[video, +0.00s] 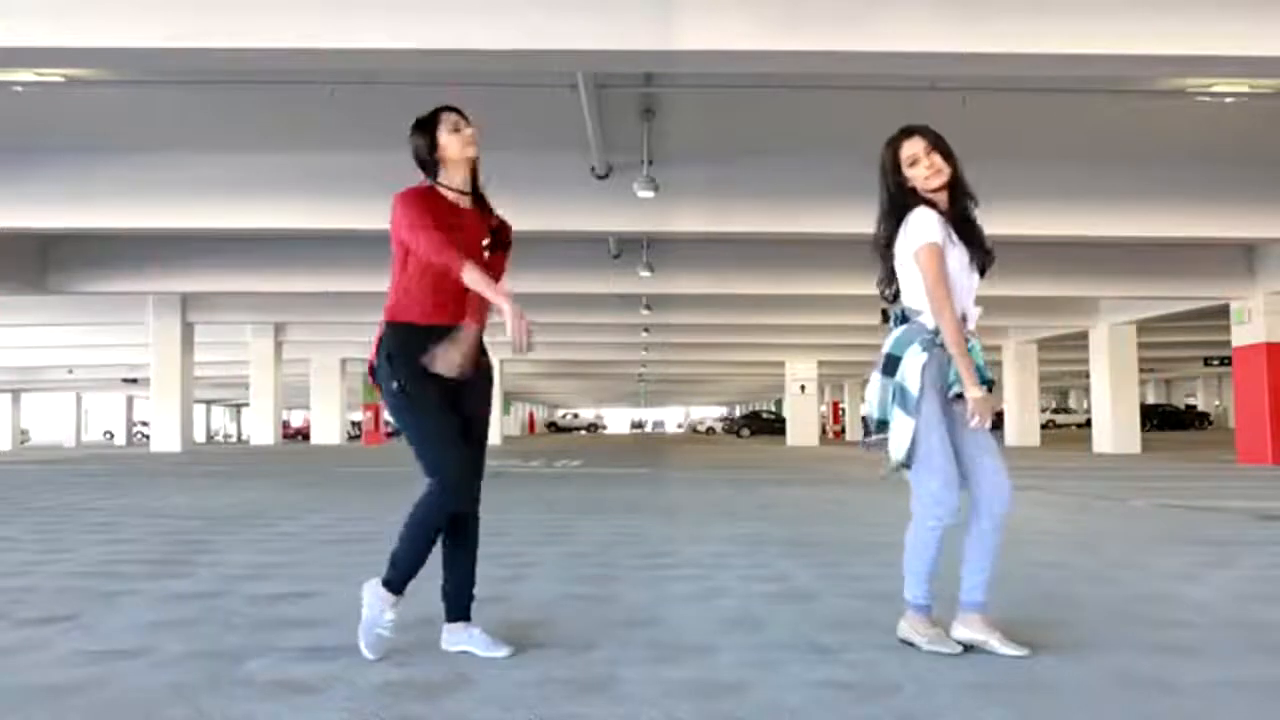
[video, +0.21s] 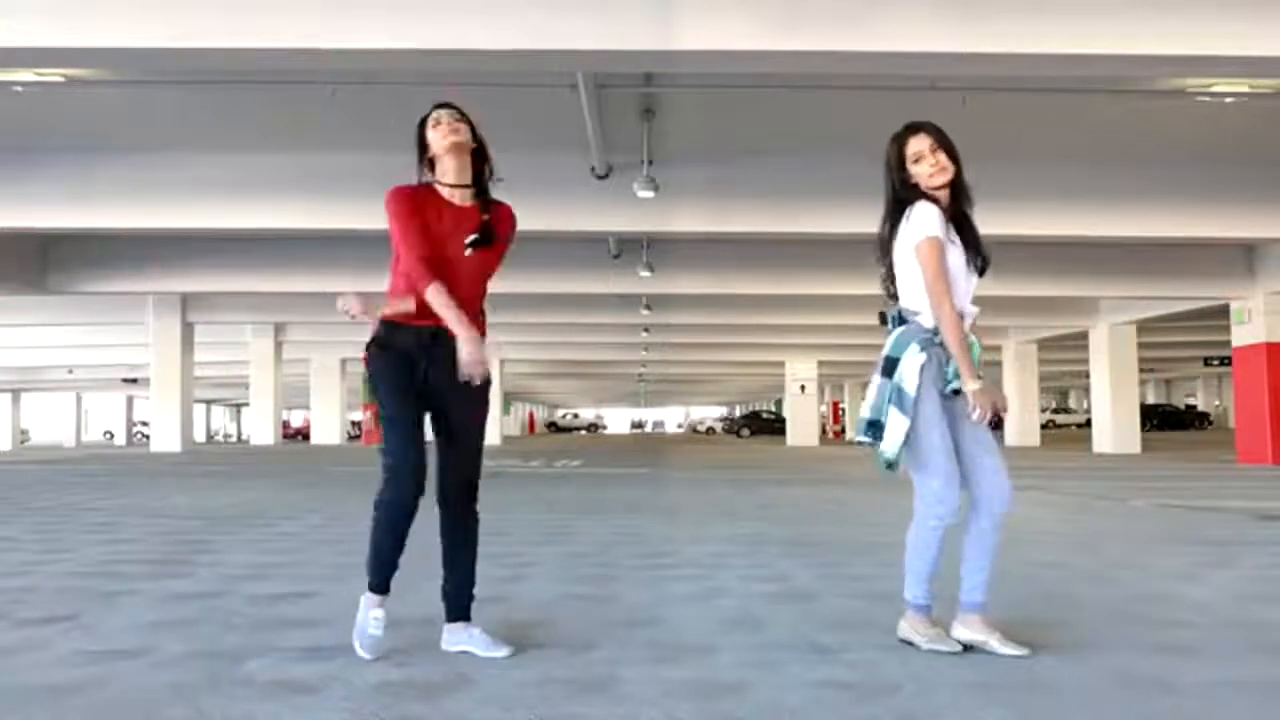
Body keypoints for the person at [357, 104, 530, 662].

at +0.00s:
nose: (470, 130)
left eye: (470, 124)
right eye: (456, 126)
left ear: (476, 141)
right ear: (433, 148)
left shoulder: (496, 227)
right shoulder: (411, 204)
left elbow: (485, 292)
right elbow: (446, 257)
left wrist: (465, 339)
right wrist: (504, 301)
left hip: (467, 351)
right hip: (407, 349)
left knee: (465, 489)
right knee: (450, 480)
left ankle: (458, 624)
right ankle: (385, 594)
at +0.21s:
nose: (450, 126)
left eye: (458, 120)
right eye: (438, 124)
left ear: (476, 143)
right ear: (426, 149)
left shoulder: (500, 217)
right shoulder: (405, 198)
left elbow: (463, 293)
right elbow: (421, 273)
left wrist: (379, 308)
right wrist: (466, 332)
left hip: (461, 353)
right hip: (399, 346)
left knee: (460, 491)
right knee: (405, 478)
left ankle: (458, 624)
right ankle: (375, 598)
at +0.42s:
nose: (414, 128)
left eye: (426, 121)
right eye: (408, 123)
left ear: (451, 140)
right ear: (402, 144)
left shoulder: (473, 213)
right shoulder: (381, 204)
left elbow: (452, 299)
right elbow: (363, 286)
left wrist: (395, 363)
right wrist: (356, 362)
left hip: (443, 353)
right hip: (381, 349)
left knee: (451, 492)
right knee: (353, 486)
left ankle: (457, 624)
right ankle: (322, 611)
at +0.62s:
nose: (372, 133)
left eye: (385, 127)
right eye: (369, 126)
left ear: (409, 149)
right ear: (361, 146)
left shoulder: (423, 223)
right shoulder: (331, 211)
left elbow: (450, 307)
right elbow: (303, 291)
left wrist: (459, 390)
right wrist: (276, 364)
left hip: (394, 366)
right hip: (328, 362)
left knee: (423, 498)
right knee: (315, 501)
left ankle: (455, 624)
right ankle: (300, 625)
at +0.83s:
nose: (349, 140)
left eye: (363, 136)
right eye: (344, 130)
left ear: (377, 158)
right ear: (328, 142)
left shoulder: (389, 216)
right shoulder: (291, 209)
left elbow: (459, 268)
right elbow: (246, 263)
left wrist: (457, 331)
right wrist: (214, 326)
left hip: (358, 360)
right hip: (292, 360)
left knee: (384, 492)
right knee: (297, 497)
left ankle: (424, 620)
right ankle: (299, 623)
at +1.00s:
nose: (347, 143)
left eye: (356, 140)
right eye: (338, 133)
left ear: (362, 161)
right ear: (312, 145)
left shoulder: (375, 213)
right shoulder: (273, 202)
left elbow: (443, 261)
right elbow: (209, 237)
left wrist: (416, 318)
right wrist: (217, 296)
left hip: (355, 358)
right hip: (288, 358)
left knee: (367, 493)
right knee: (294, 498)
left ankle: (373, 621)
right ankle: (298, 624)